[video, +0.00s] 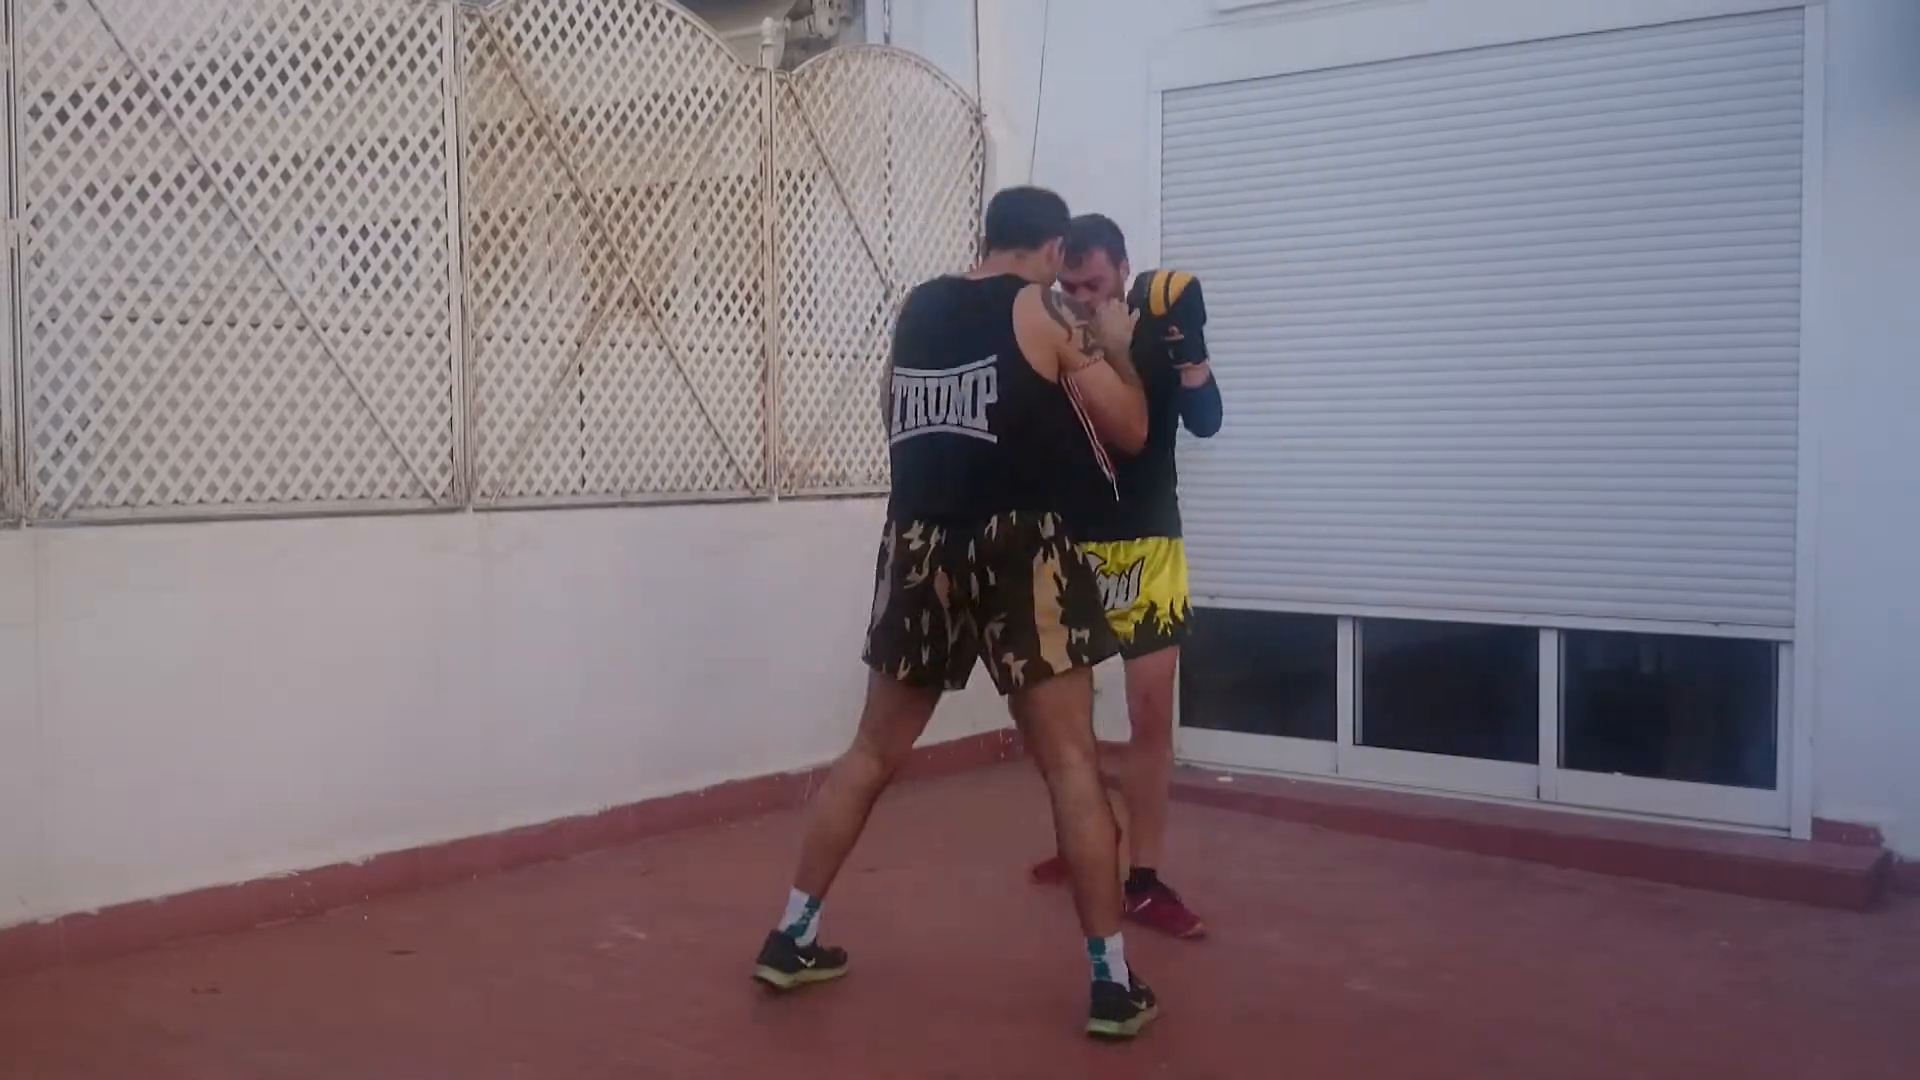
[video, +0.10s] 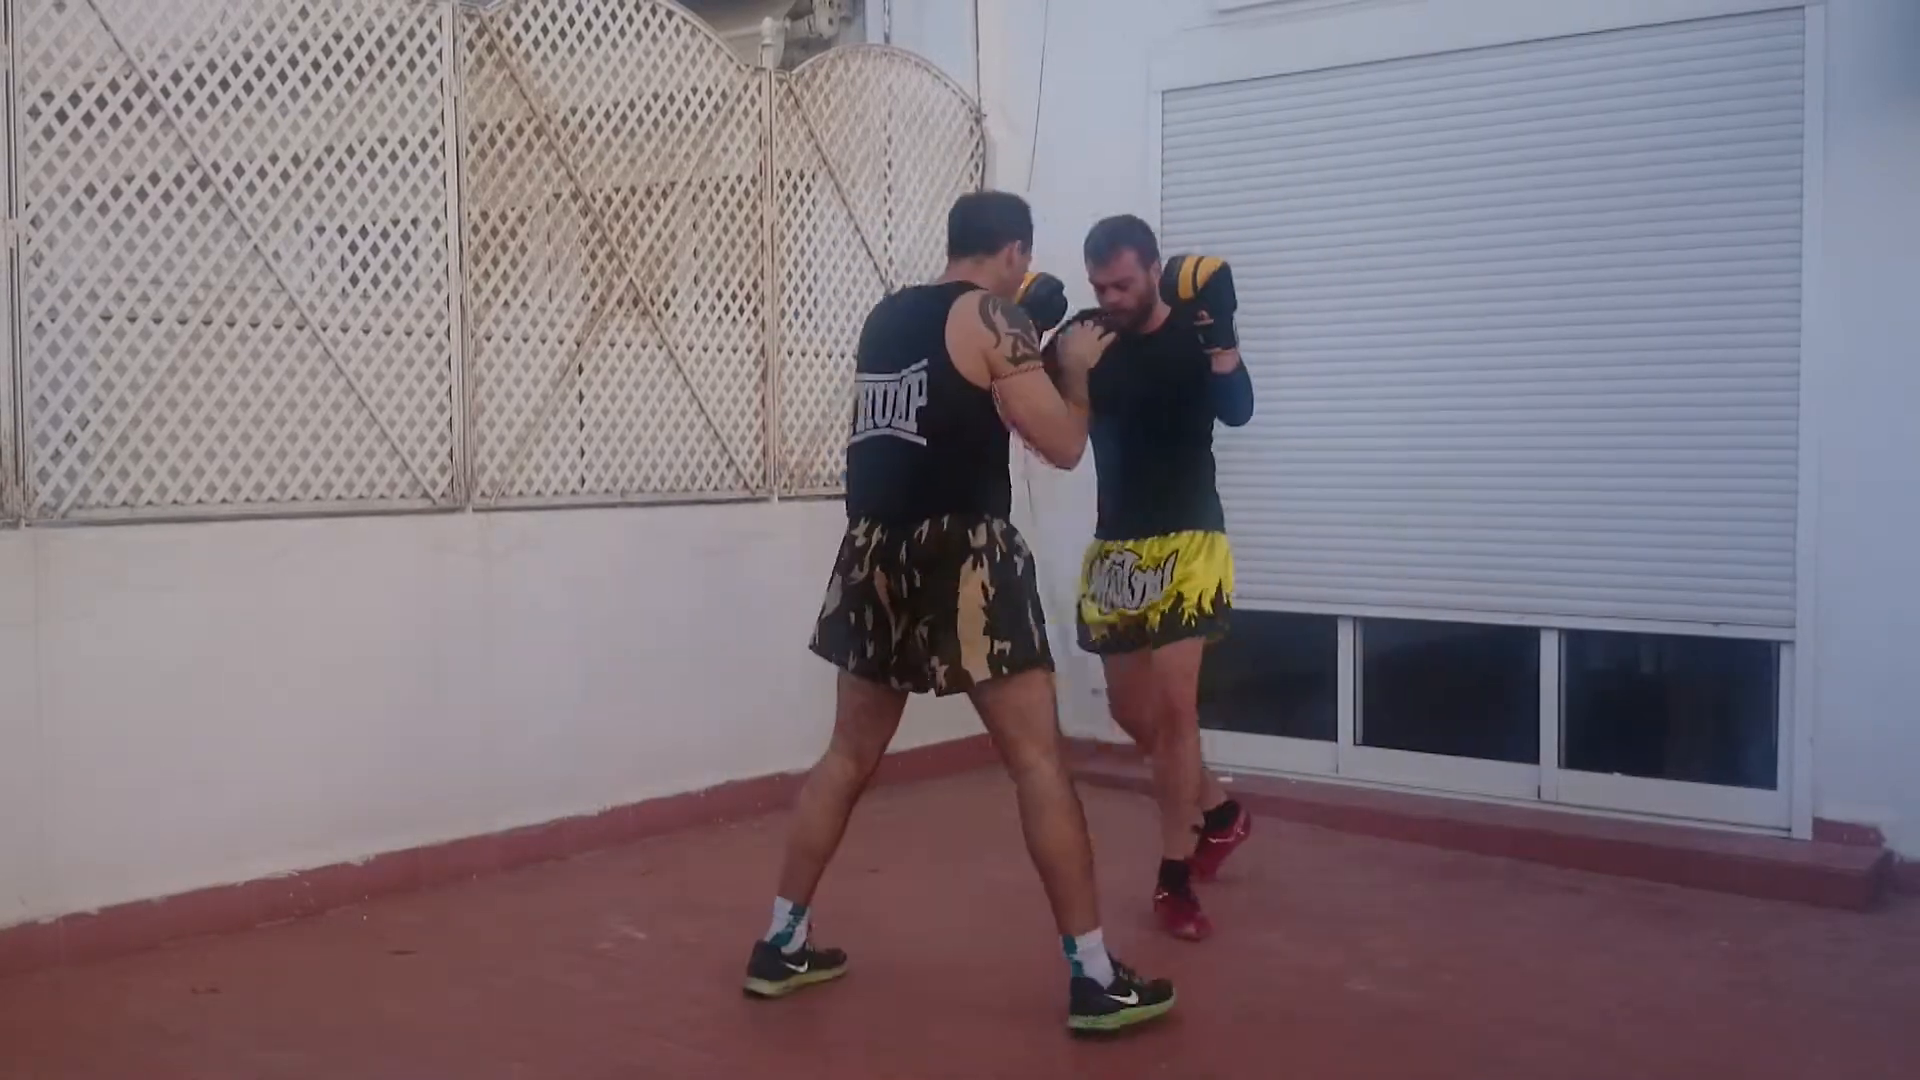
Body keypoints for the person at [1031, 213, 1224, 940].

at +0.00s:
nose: (1090, 297)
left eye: (1101, 284)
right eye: (1078, 286)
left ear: (1124, 275)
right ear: (1058, 281)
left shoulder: (1154, 337)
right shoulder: (1043, 340)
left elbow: (1205, 422)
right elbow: (1022, 425)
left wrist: (1184, 347)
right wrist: (1065, 348)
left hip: (1147, 542)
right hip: (1064, 542)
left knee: (1152, 714)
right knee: (1063, 712)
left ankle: (1142, 875)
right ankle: (1085, 845)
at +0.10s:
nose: (1110, 298)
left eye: (1122, 284)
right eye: (1100, 286)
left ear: (1154, 272)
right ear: (1091, 282)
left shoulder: (1194, 335)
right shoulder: (1089, 342)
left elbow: (1238, 413)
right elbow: (1054, 426)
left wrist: (1219, 337)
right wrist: (1041, 352)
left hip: (1184, 539)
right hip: (1116, 543)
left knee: (1176, 708)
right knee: (1133, 712)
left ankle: (1173, 875)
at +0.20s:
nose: (1136, 312)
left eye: (1147, 299)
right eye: (1126, 301)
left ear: (1179, 289)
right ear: (1115, 297)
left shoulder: (1219, 346)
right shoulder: (1115, 355)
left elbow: (1257, 430)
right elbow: (1048, 413)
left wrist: (1238, 362)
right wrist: (1046, 355)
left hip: (1227, 540)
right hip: (1163, 552)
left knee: (1217, 692)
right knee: (1196, 710)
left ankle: (1245, 864)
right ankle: (1273, 832)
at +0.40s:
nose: (1178, 311)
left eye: (1188, 296)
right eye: (1169, 301)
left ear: (1226, 285)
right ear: (1165, 304)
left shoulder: (1277, 342)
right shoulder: (1182, 360)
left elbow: (1287, 439)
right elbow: (1121, 435)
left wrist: (1232, 364)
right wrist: (1101, 378)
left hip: (1292, 543)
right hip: (1229, 548)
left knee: (1304, 708)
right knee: (1234, 707)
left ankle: (1374, 871)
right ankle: (1280, 846)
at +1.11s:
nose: (1245, 314)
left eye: (1256, 300)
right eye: (1235, 304)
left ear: (1290, 294)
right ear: (1226, 305)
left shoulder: (1324, 356)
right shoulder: (1220, 371)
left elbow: (1378, 416)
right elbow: (1144, 401)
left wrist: (1346, 362)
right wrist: (1143, 336)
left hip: (1317, 566)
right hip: (1241, 568)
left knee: (1350, 717)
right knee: (1175, 711)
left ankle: (1439, 839)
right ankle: (1225, 867)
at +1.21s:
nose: (1226, 309)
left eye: (1237, 295)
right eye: (1214, 298)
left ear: (1270, 286)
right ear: (1205, 297)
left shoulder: (1310, 361)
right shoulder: (1197, 367)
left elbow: (1385, 408)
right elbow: (1100, 409)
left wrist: (1426, 403)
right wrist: (1111, 335)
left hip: (1288, 544)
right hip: (1218, 554)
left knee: (1293, 690)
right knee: (1171, 709)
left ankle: (1340, 863)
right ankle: (1224, 867)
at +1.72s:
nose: (1197, 295)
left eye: (1208, 286)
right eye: (1199, 285)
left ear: (1236, 304)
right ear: (1220, 311)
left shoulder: (1307, 371)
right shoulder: (1199, 372)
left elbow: (1389, 418)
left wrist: (1384, 342)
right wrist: (1165, 308)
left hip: (1270, 550)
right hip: (1199, 554)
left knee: (1246, 712)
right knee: (1168, 727)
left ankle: (1253, 901)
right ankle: (1226, 860)